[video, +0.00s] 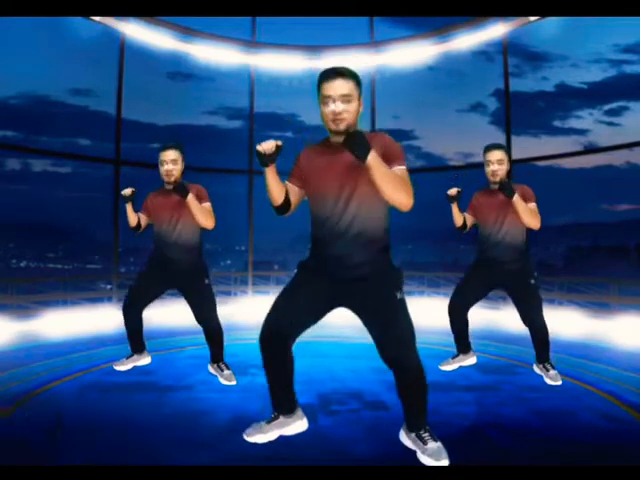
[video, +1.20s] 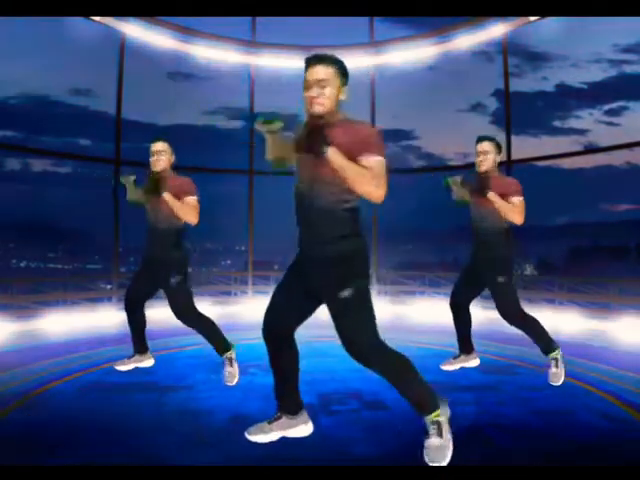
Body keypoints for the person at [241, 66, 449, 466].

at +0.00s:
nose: (337, 108)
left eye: (345, 99)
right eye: (328, 100)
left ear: (360, 104)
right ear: (319, 107)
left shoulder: (381, 145)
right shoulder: (311, 156)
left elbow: (404, 200)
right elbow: (284, 206)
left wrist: (364, 153)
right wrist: (268, 164)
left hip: (373, 276)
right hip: (320, 274)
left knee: (406, 361)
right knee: (273, 337)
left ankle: (417, 429)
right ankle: (287, 414)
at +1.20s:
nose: (315, 93)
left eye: (324, 85)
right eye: (309, 86)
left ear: (342, 91)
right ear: (303, 92)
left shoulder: (362, 134)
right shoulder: (308, 136)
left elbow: (376, 190)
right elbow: (280, 159)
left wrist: (335, 159)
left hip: (345, 259)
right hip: (310, 259)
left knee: (363, 347)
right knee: (275, 329)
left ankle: (434, 412)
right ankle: (291, 414)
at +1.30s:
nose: (296, 98)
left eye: (304, 91)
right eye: (297, 91)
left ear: (328, 94)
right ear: (323, 96)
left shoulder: (330, 131)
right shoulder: (333, 131)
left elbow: (297, 153)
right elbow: (298, 156)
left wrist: (264, 133)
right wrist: (268, 137)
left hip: (336, 262)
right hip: (319, 261)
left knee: (362, 349)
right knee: (277, 325)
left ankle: (437, 414)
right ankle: (291, 414)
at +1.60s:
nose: (292, 96)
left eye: (297, 88)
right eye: (292, 89)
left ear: (321, 87)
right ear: (312, 90)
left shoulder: (353, 122)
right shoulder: (308, 133)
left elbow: (353, 150)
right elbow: (292, 182)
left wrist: (307, 123)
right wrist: (283, 145)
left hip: (350, 253)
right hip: (312, 253)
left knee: (378, 341)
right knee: (282, 330)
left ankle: (432, 417)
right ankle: (292, 416)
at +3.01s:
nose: (333, 93)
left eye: (341, 85)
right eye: (330, 87)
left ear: (366, 88)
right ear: (327, 92)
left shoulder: (393, 129)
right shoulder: (322, 139)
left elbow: (410, 179)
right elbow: (297, 181)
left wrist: (369, 136)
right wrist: (289, 149)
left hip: (379, 258)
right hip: (327, 258)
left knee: (402, 347)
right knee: (288, 330)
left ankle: (405, 422)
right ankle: (277, 408)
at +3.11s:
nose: (333, 94)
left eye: (341, 85)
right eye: (330, 87)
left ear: (367, 88)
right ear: (328, 91)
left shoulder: (394, 132)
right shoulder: (316, 133)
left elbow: (415, 180)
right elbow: (273, 153)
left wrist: (377, 139)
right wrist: (251, 128)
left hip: (377, 261)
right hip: (324, 260)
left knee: (406, 349)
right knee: (288, 331)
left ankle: (407, 424)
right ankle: (286, 408)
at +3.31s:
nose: (312, 94)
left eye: (319, 87)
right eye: (311, 87)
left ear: (344, 90)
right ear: (317, 91)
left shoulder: (371, 132)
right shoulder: (314, 134)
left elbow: (381, 189)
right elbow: (286, 157)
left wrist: (340, 146)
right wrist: (277, 139)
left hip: (354, 261)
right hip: (313, 258)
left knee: (378, 343)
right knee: (282, 327)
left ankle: (419, 421)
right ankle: (288, 410)